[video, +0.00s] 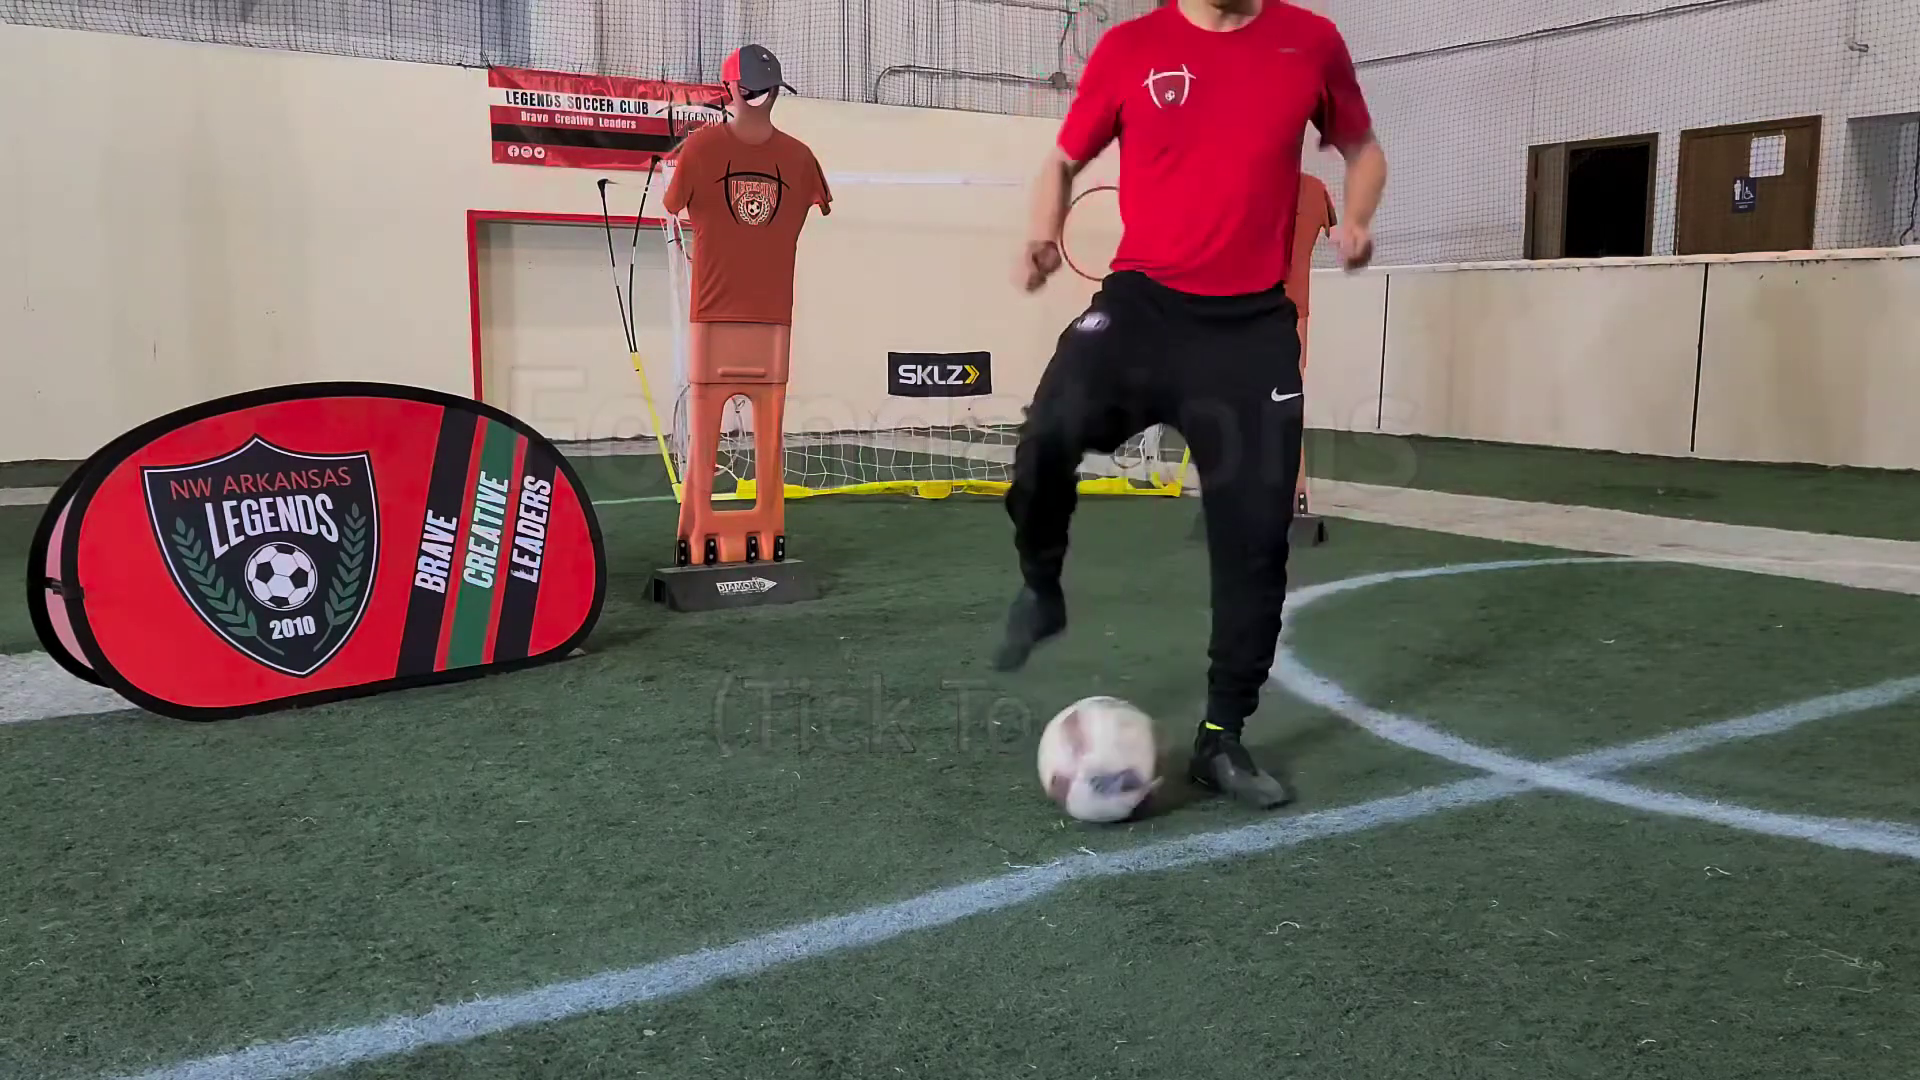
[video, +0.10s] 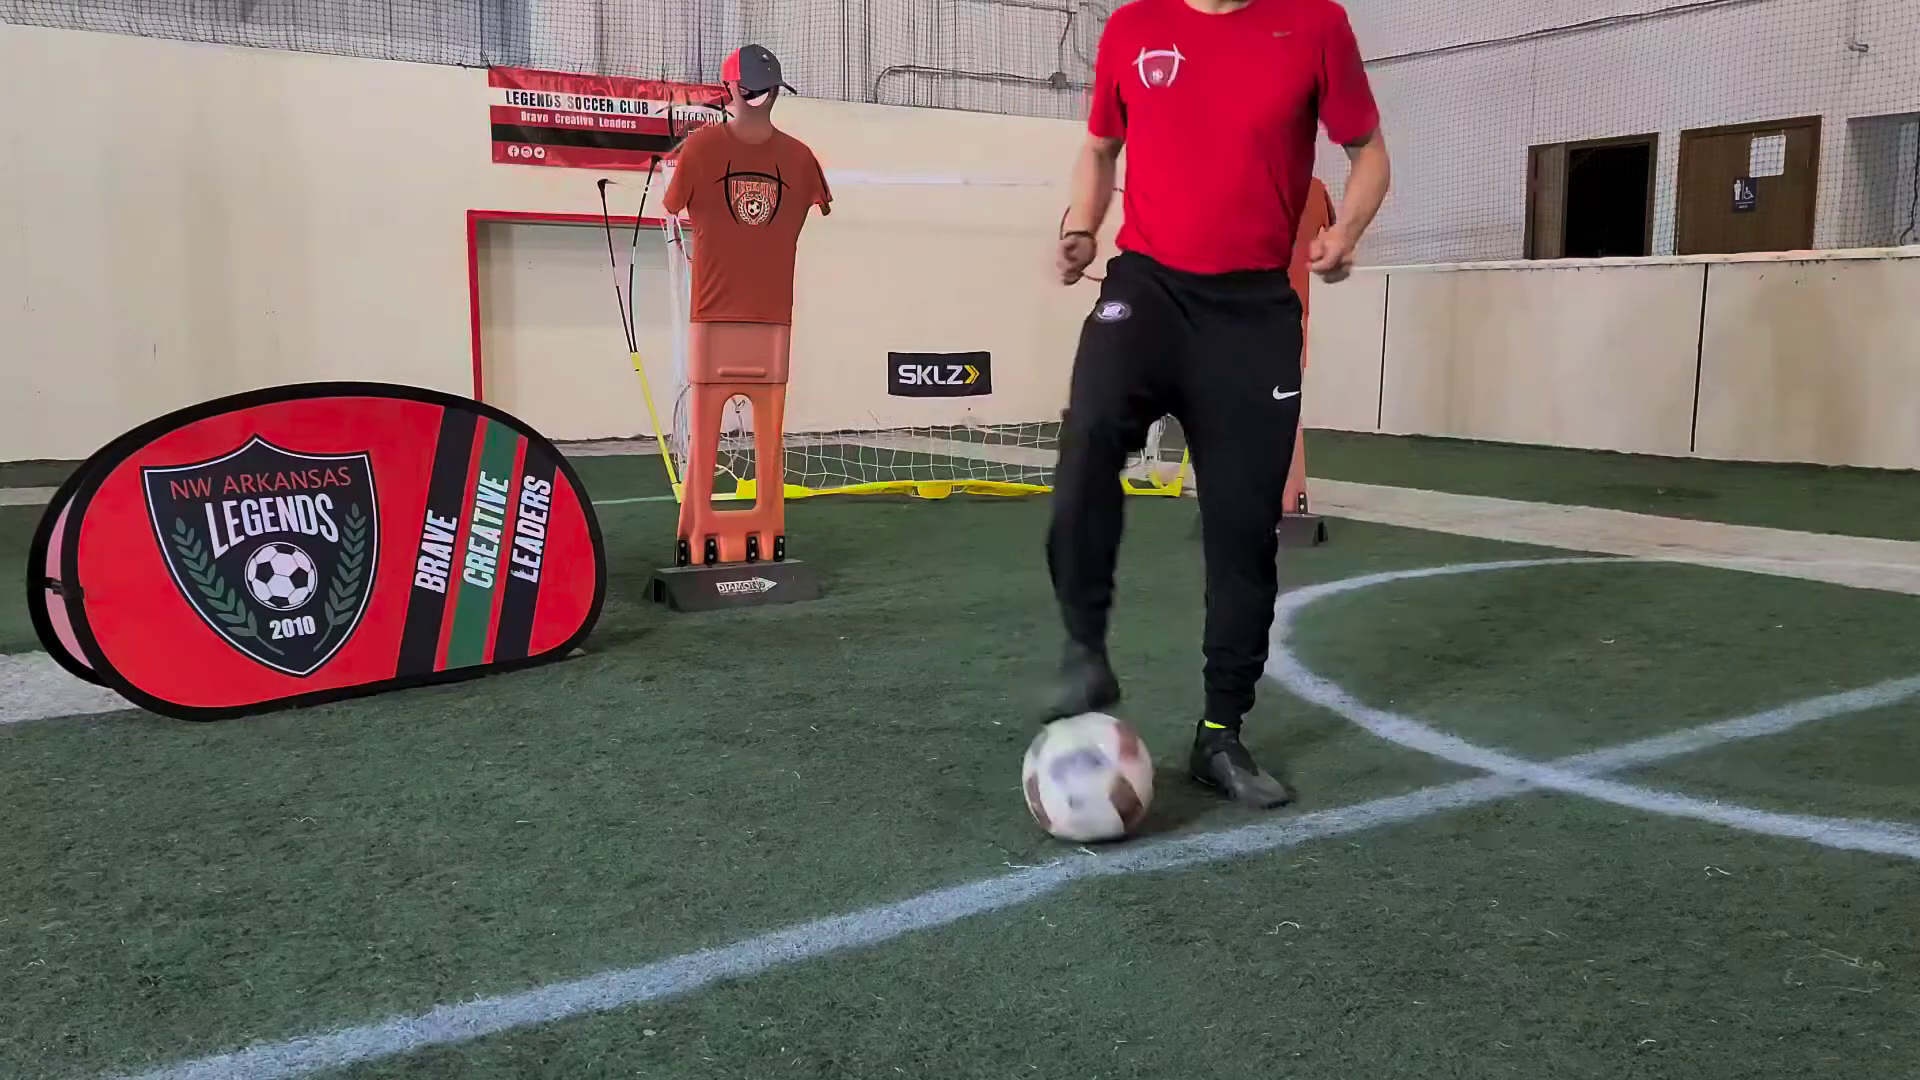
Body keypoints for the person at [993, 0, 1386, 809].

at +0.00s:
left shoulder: (1311, 39)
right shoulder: (1128, 45)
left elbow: (1361, 146)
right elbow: (1064, 159)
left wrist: (1357, 219)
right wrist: (1042, 234)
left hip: (1251, 325)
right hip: (1137, 309)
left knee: (1257, 540)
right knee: (1048, 436)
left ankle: (1223, 739)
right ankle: (1041, 595)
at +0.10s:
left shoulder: (1316, 21)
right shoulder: (1133, 24)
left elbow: (1368, 150)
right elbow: (1100, 146)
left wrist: (1347, 231)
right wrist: (1079, 230)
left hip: (1254, 308)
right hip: (1143, 291)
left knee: (1245, 531)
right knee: (1090, 434)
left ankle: (1222, 735)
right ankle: (1085, 653)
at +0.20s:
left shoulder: (1321, 14)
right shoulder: (1132, 17)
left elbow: (1372, 142)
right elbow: (1109, 136)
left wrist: (1345, 218)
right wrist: (1091, 216)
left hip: (1261, 300)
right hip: (1149, 284)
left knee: (1244, 527)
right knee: (1111, 446)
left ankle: (1221, 734)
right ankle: (1098, 654)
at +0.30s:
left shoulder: (1325, 14)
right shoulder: (1137, 17)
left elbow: (1372, 142)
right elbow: (1096, 144)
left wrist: (1351, 237)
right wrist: (1078, 240)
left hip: (1266, 302)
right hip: (1152, 286)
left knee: (1248, 529)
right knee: (1113, 443)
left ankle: (1222, 736)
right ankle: (1102, 653)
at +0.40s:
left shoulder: (1329, 13)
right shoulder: (1137, 13)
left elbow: (1377, 139)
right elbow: (1091, 136)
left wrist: (1356, 239)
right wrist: (1072, 220)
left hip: (1268, 302)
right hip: (1153, 284)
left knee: (1248, 529)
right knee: (1117, 445)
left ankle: (1222, 738)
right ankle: (1107, 655)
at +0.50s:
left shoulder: (1334, 14)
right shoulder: (1139, 13)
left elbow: (1384, 138)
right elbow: (1090, 132)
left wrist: (1360, 238)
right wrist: (1071, 215)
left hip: (1269, 301)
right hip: (1154, 283)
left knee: (1249, 529)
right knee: (1124, 443)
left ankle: (1222, 737)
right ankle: (1114, 654)